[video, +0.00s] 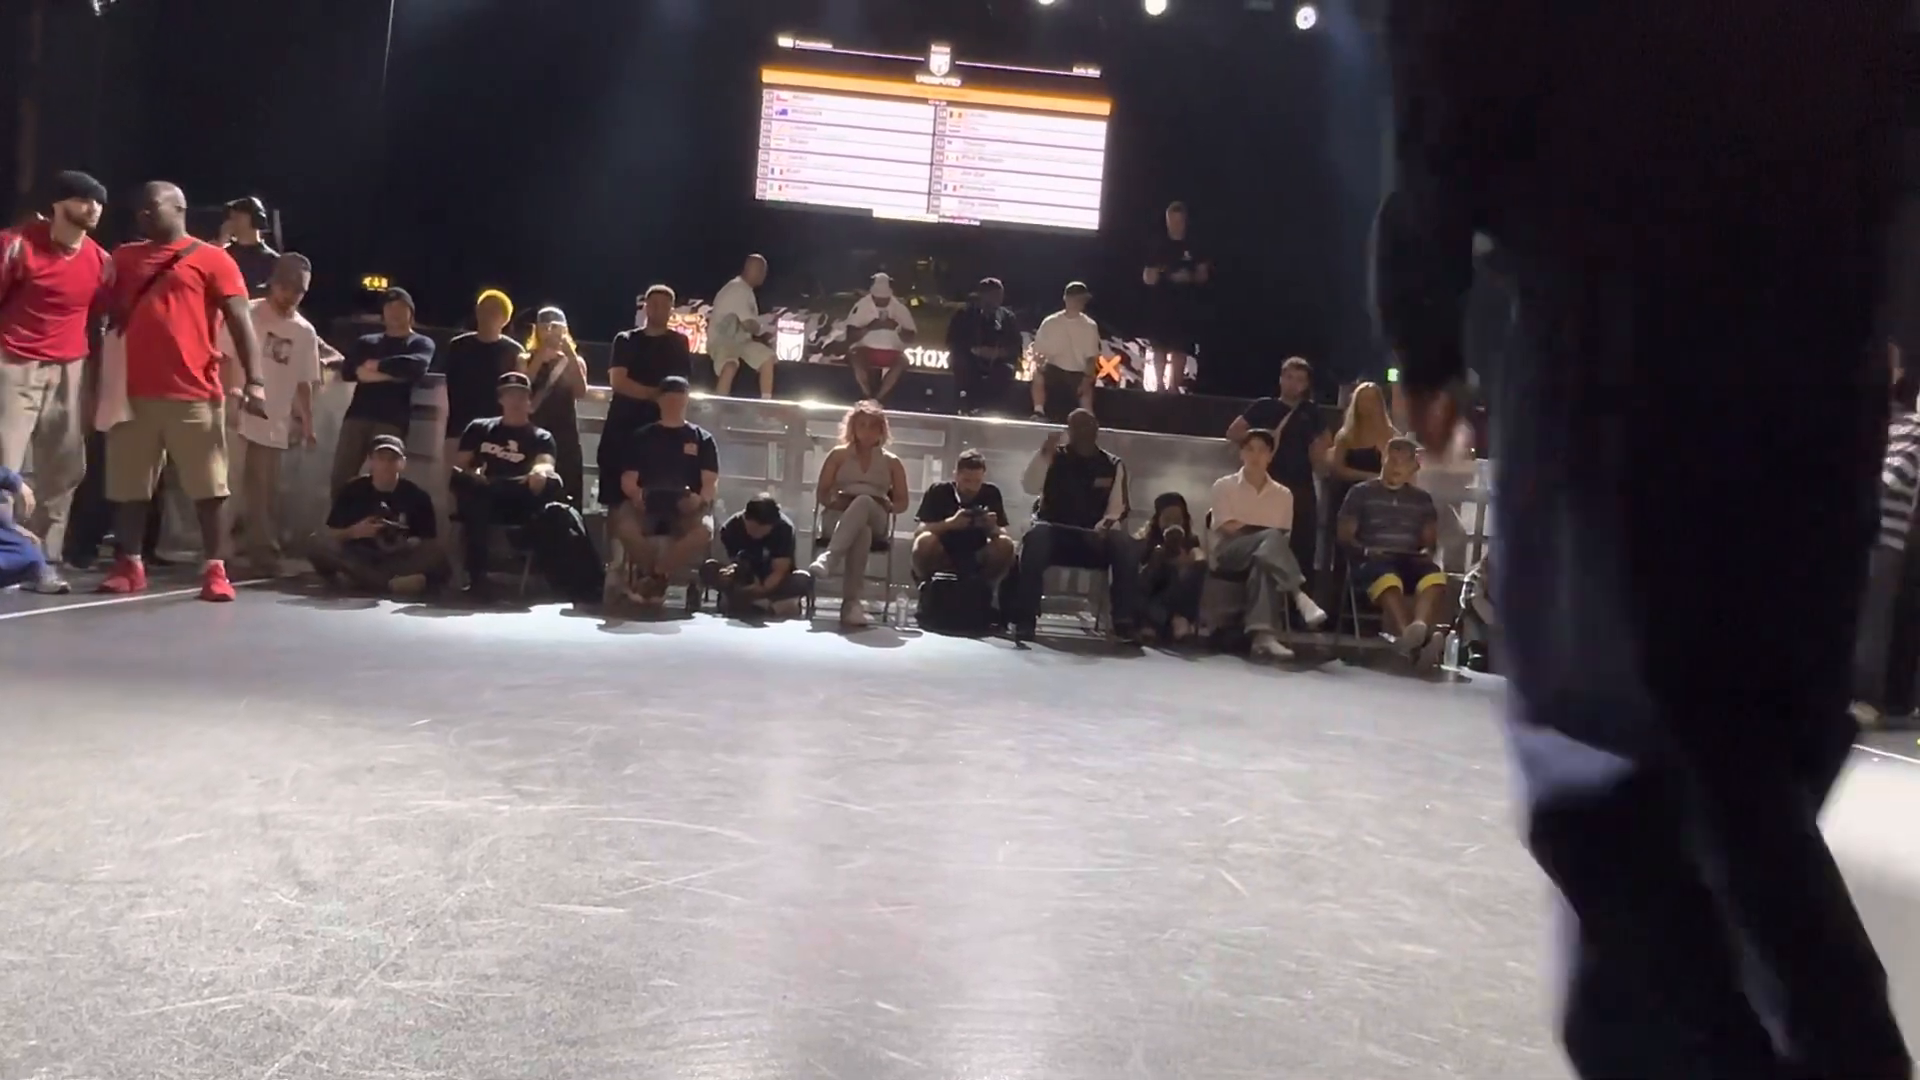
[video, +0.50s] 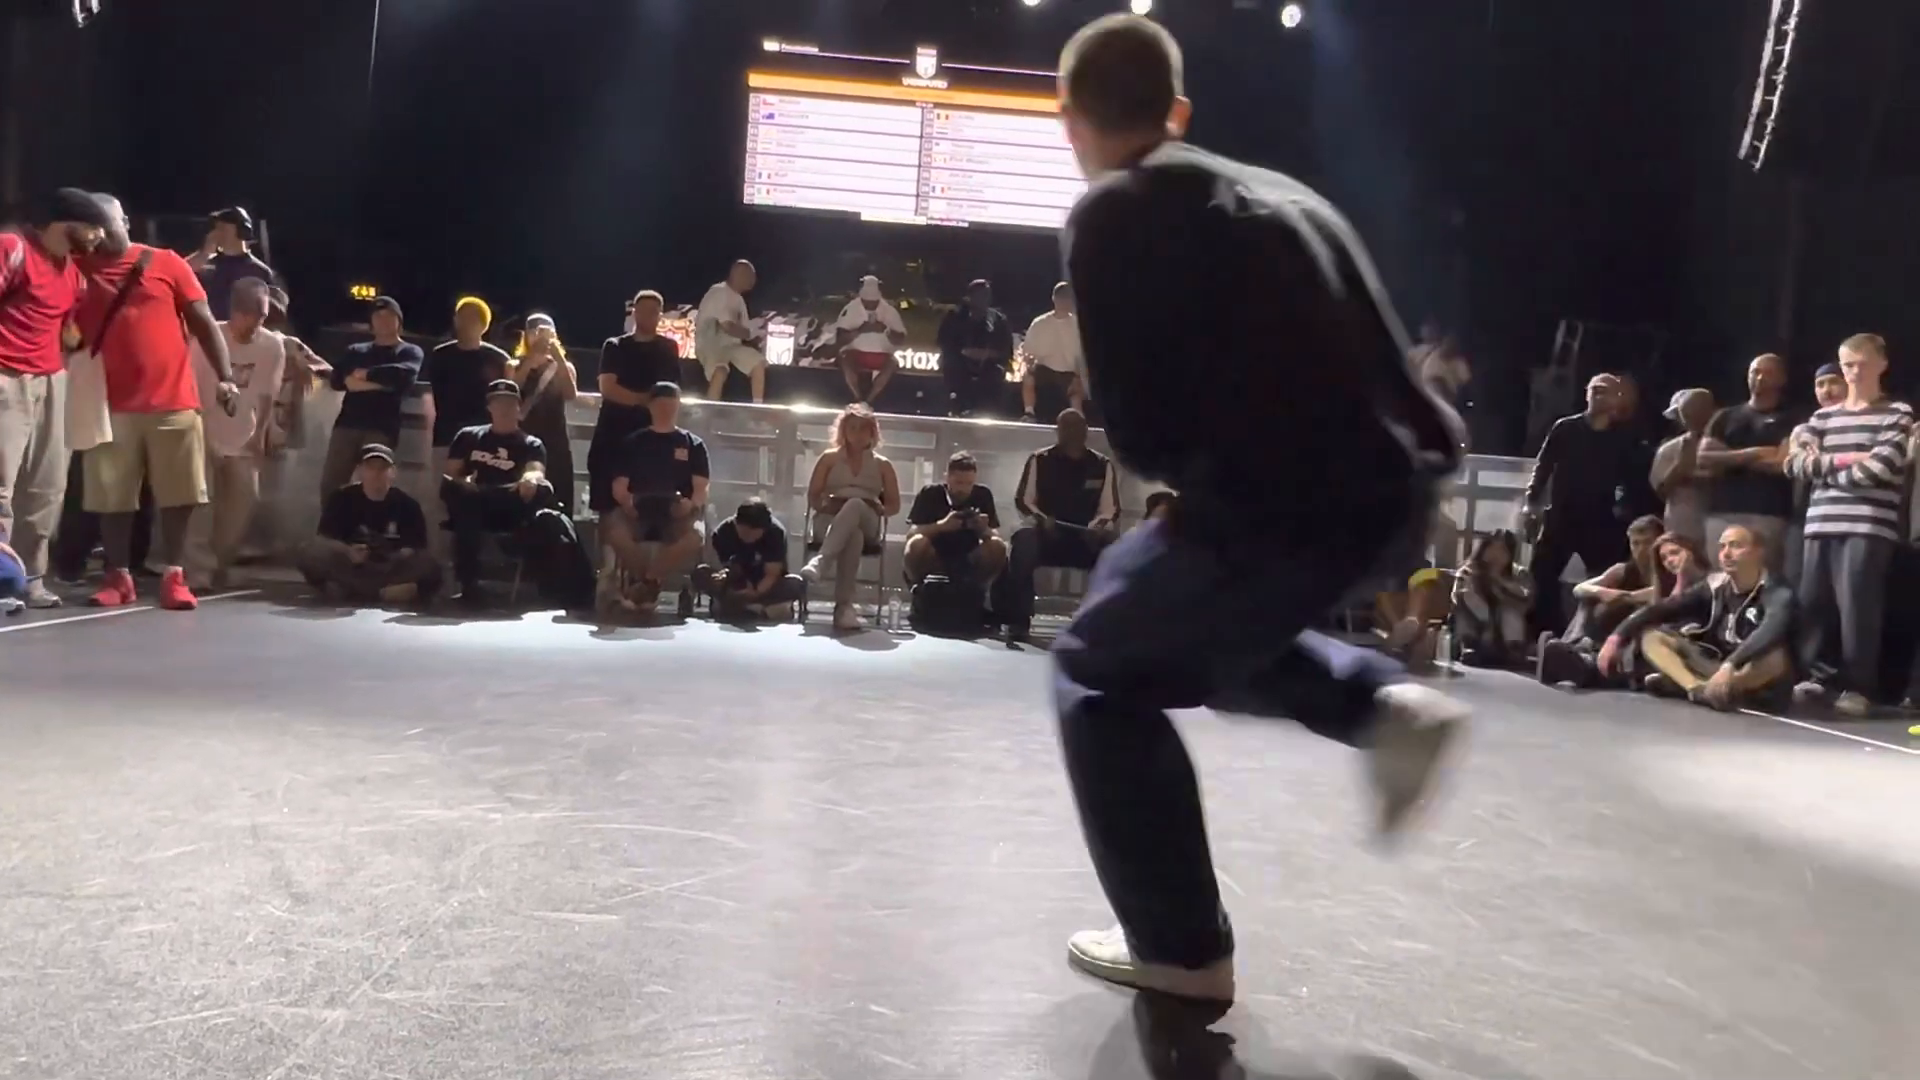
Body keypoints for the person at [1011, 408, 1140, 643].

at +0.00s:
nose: (1082, 433)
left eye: (1087, 426)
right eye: (1077, 427)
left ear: (1097, 430)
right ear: (1068, 430)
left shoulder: (1114, 465)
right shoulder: (1054, 457)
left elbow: (1117, 506)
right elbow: (1030, 486)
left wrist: (1106, 523)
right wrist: (1045, 453)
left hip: (1092, 537)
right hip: (1056, 535)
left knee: (1124, 542)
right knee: (1036, 537)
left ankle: (1124, 621)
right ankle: (1025, 621)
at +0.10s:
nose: (1081, 433)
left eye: (1087, 427)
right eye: (1075, 427)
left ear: (1095, 432)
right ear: (1066, 430)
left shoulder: (1112, 465)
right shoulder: (1047, 457)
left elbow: (1116, 508)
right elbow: (1029, 501)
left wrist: (1105, 524)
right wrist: (1041, 484)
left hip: (1090, 537)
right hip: (1053, 535)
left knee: (1123, 543)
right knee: (1033, 538)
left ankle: (1123, 621)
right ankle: (1023, 621)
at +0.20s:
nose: (1078, 437)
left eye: (1084, 431)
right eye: (1073, 431)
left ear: (1093, 433)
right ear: (1064, 432)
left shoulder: (1110, 466)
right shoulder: (1045, 460)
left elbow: (1115, 507)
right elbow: (1030, 500)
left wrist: (1107, 522)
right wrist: (1040, 516)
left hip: (1090, 537)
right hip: (1054, 534)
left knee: (1123, 544)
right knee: (1030, 539)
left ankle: (1122, 622)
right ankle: (1022, 622)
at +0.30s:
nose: (1075, 437)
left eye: (1082, 431)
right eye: (1070, 431)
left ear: (1091, 433)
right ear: (1063, 432)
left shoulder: (1109, 467)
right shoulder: (1044, 461)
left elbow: (1114, 509)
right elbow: (1030, 502)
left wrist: (1106, 523)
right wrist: (1043, 516)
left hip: (1090, 538)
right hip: (1054, 535)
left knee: (1122, 545)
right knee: (1028, 540)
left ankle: (1121, 624)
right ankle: (1022, 624)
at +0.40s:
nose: (1072, 435)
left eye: (1079, 429)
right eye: (1067, 429)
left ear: (1088, 432)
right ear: (1059, 431)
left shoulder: (1106, 466)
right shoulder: (1040, 461)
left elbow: (1111, 509)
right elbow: (1027, 501)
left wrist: (1101, 524)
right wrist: (1043, 520)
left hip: (1088, 539)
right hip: (1051, 536)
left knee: (1120, 544)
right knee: (1025, 538)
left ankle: (1120, 623)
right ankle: (1018, 624)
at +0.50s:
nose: (1072, 436)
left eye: (1077, 430)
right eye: (1066, 430)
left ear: (1086, 432)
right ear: (1057, 432)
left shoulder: (1102, 465)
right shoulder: (1038, 460)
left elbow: (1109, 508)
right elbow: (1024, 500)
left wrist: (1100, 522)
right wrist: (1040, 518)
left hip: (1085, 536)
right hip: (1049, 534)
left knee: (1112, 544)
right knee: (1023, 539)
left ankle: (1104, 626)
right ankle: (1019, 622)